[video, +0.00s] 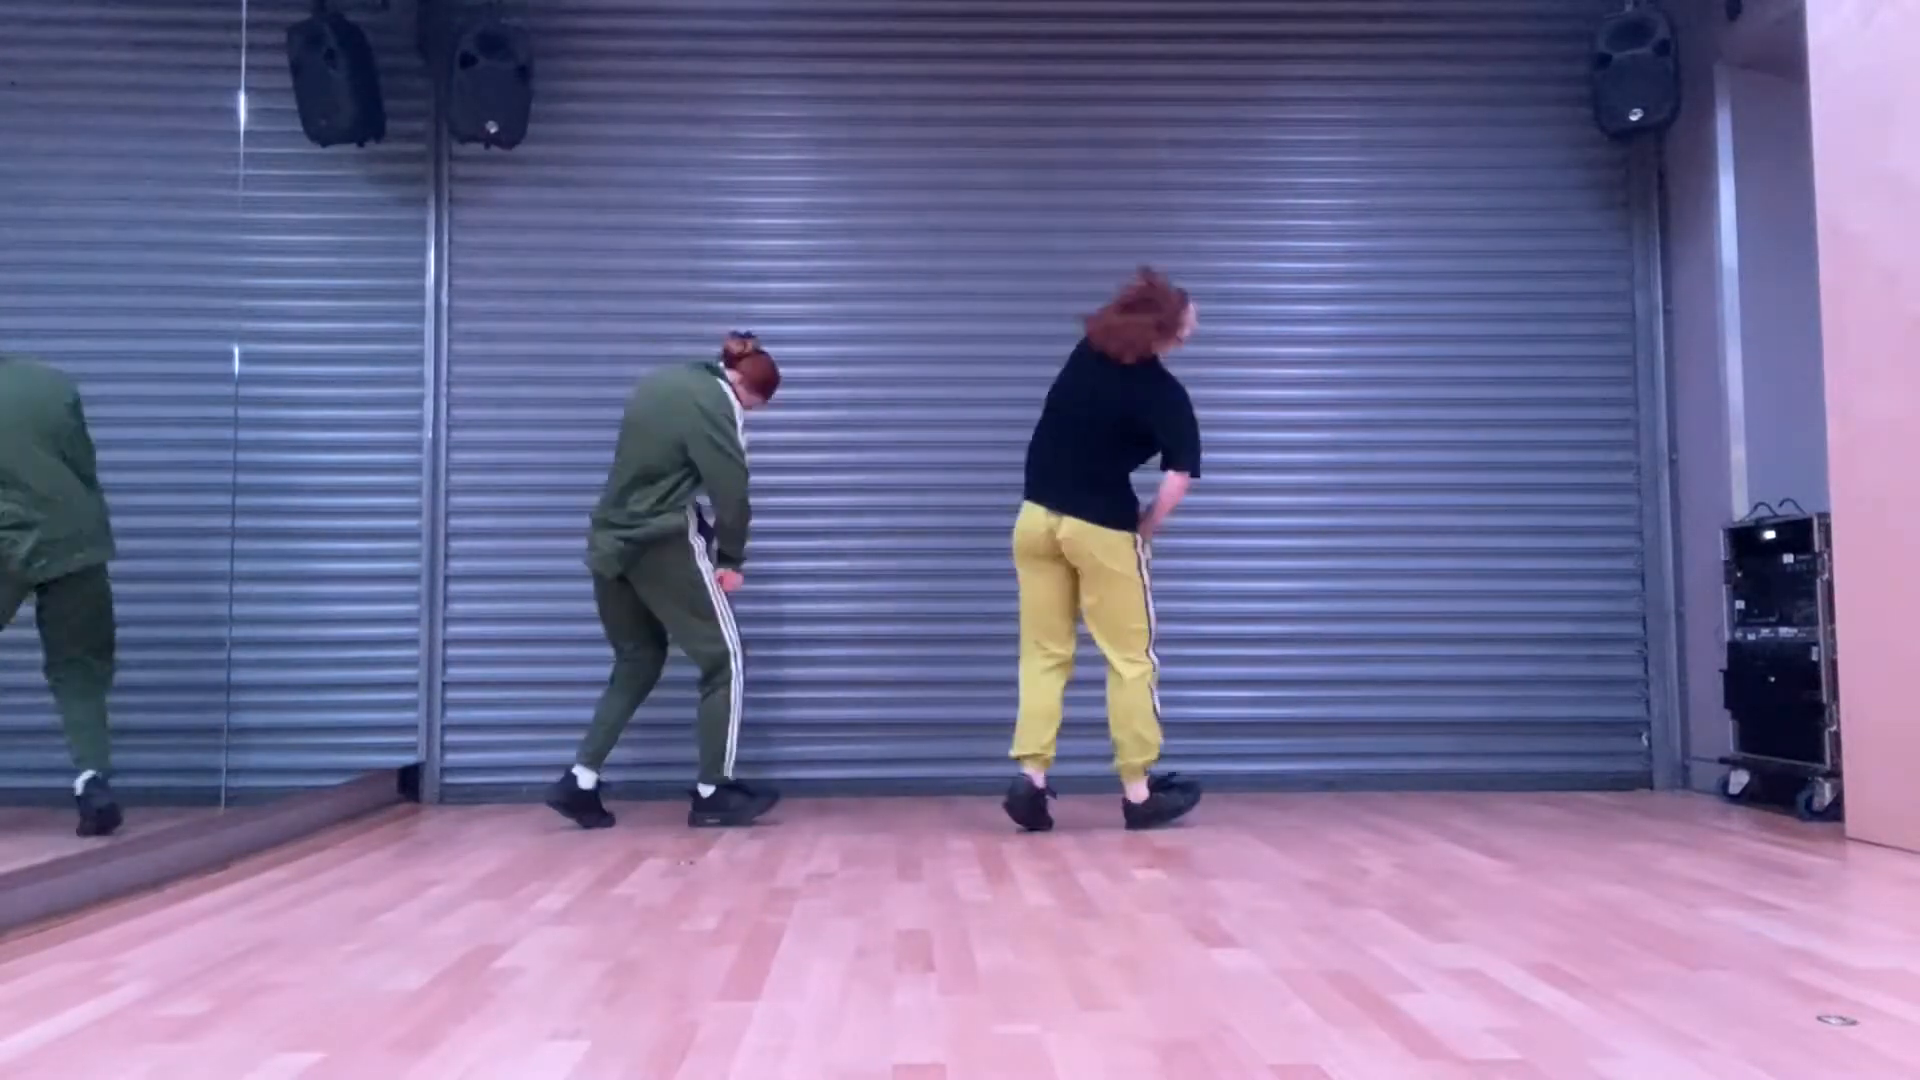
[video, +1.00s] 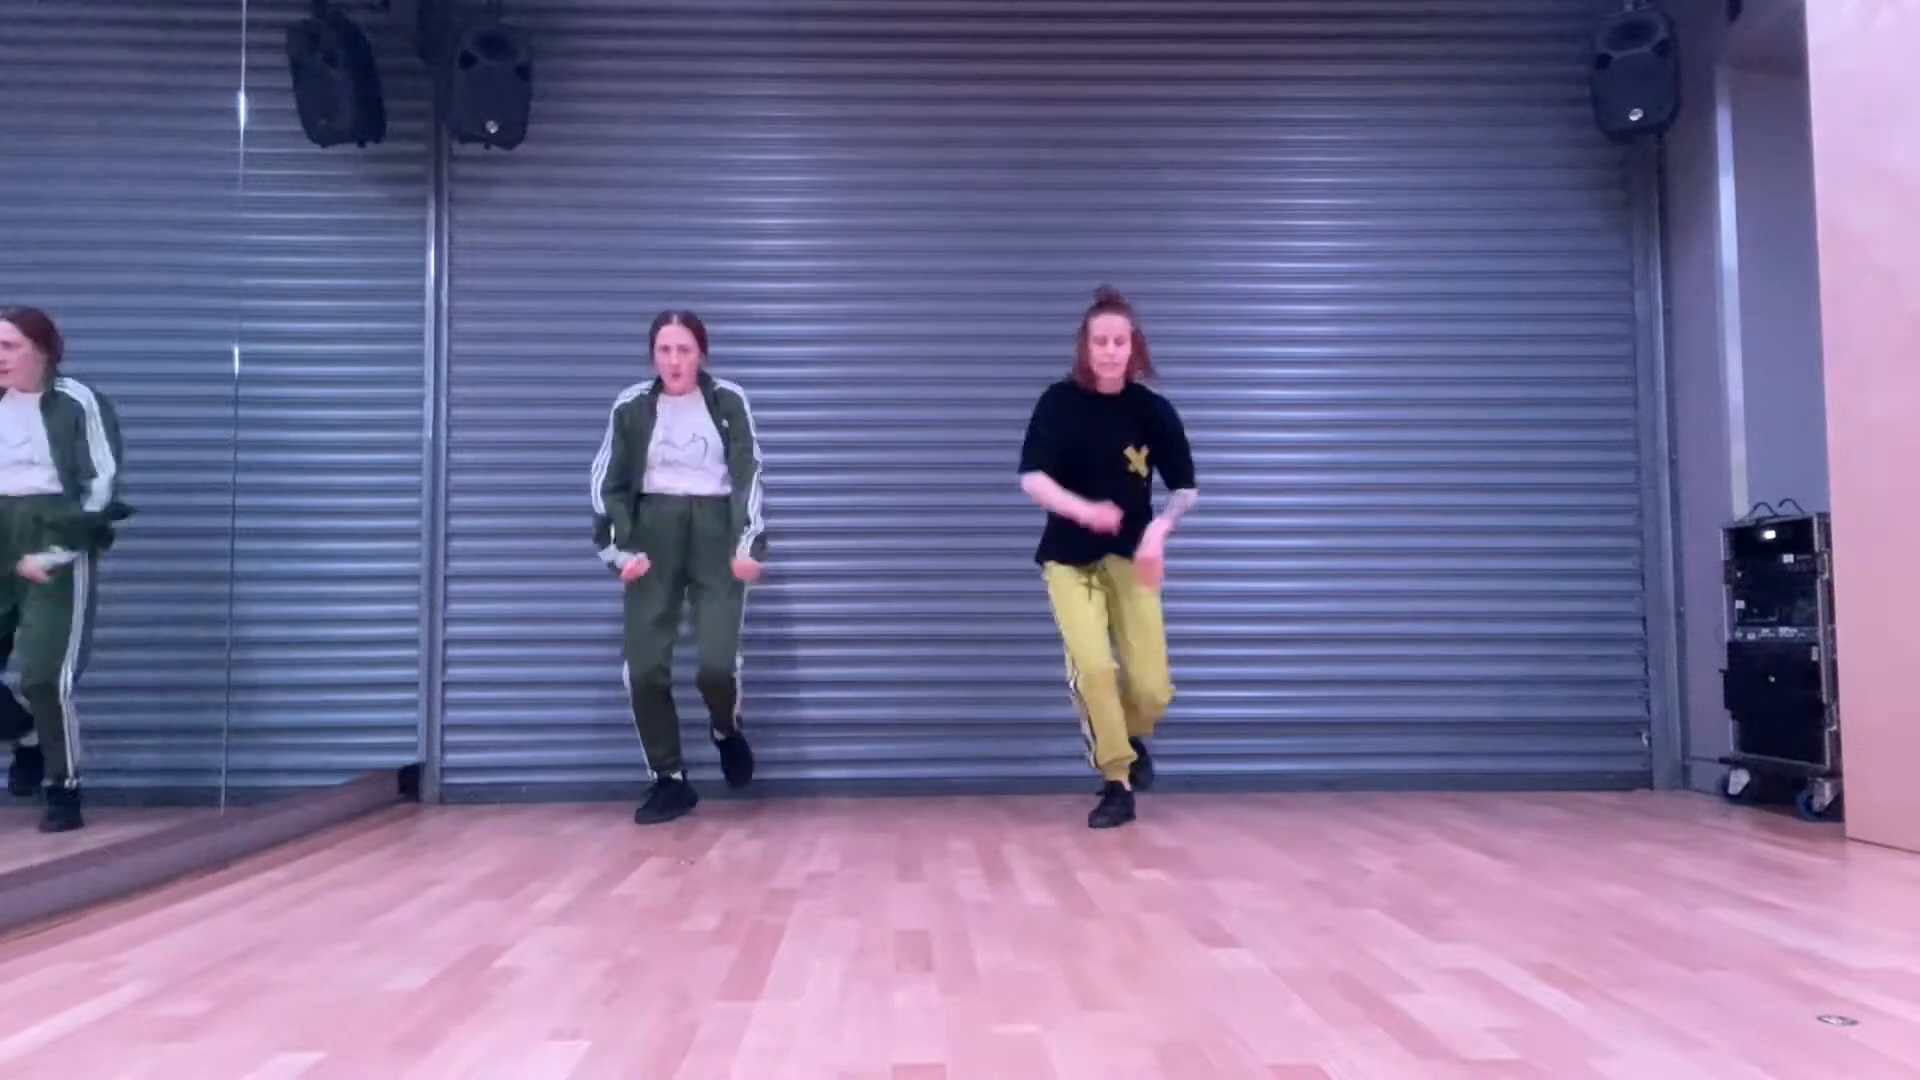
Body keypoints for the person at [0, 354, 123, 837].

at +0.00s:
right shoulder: (48, 382)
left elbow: (81, 465)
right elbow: (83, 465)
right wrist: (82, 530)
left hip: (8, 540)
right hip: (74, 536)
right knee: (79, 663)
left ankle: (92, 778)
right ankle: (93, 779)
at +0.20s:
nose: (82, 375)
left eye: (84, 364)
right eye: (81, 363)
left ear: (39, 351)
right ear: (55, 355)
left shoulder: (13, 382)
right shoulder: (26, 381)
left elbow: (51, 477)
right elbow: (64, 469)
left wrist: (102, 545)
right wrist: (115, 537)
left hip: (10, 557)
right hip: (28, 554)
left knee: (24, 680)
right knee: (85, 675)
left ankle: (3, 793)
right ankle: (54, 800)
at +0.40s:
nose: (15, 321)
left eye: (27, 312)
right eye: (6, 312)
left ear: (47, 326)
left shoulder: (63, 389)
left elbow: (109, 462)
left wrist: (92, 401)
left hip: (51, 530)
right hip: (5, 534)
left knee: (73, 666)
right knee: (34, 663)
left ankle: (4, 772)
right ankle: (2, 776)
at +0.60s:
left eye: (10, 328)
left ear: (39, 338)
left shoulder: (61, 396)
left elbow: (73, 422)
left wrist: (111, 383)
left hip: (49, 525)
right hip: (0, 527)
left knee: (73, 673)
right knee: (2, 670)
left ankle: (39, 747)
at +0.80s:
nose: (13, 357)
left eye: (25, 346)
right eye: (6, 347)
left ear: (58, 354)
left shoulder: (78, 391)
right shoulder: (1, 399)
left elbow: (48, 393)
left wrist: (6, 383)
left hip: (63, 533)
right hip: (5, 532)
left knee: (44, 682)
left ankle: (64, 792)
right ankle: (4, 721)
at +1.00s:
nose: (0, 355)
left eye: (10, 345)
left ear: (42, 351)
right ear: (5, 353)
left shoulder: (79, 404)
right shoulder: (0, 404)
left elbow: (102, 489)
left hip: (56, 525)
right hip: (3, 522)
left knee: (42, 673)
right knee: (0, 663)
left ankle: (63, 789)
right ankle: (27, 740)